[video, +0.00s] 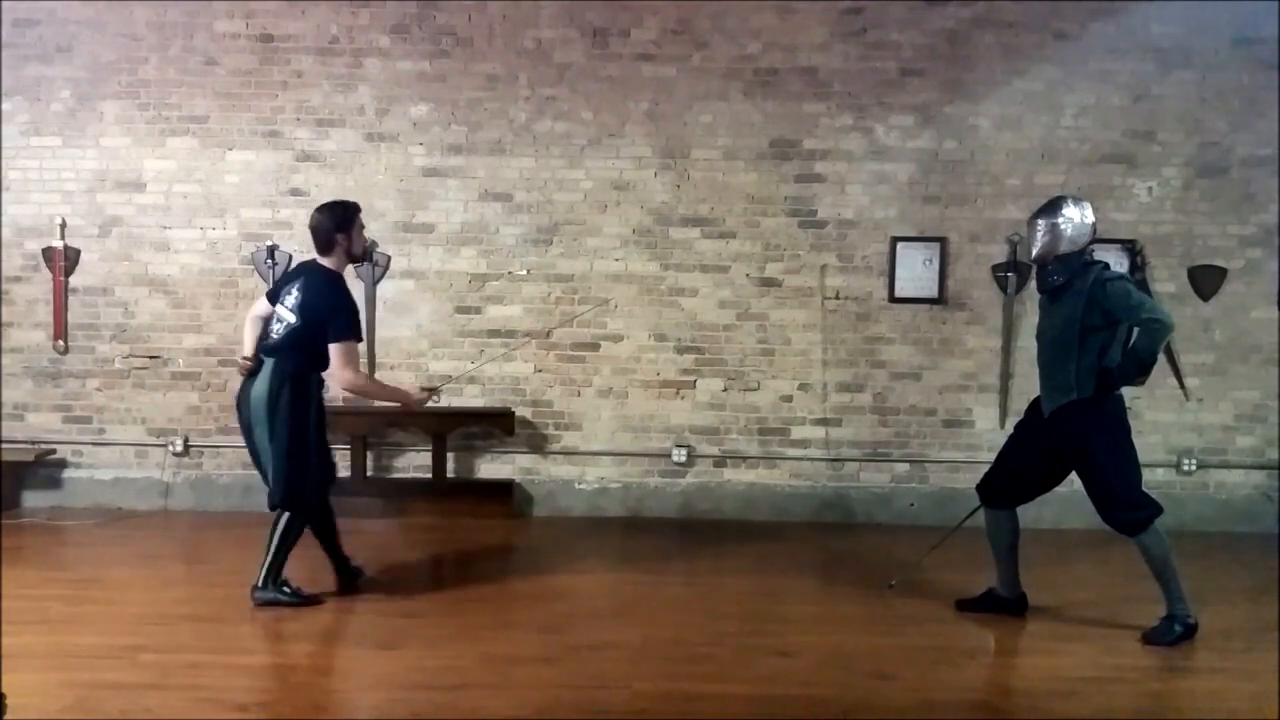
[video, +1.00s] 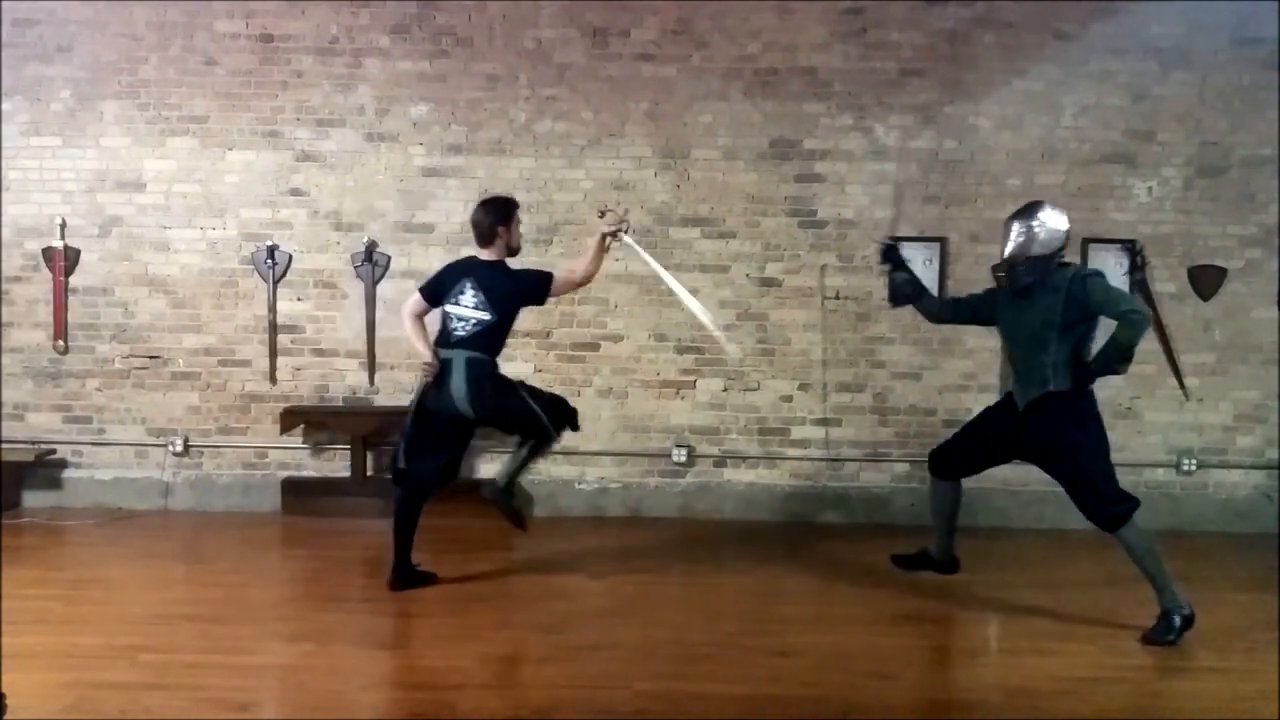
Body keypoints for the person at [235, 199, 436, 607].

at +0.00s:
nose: (365, 237)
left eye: (362, 229)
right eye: (360, 231)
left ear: (322, 239)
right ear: (342, 238)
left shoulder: (297, 275)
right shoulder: (337, 295)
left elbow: (256, 313)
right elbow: (347, 377)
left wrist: (248, 355)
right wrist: (403, 395)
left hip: (260, 389)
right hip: (287, 394)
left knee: (312, 483)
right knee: (302, 488)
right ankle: (268, 581)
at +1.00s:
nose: (521, 231)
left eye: (518, 224)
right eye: (517, 225)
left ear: (482, 233)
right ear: (502, 232)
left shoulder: (455, 270)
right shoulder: (514, 282)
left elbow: (411, 311)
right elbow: (580, 276)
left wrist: (426, 354)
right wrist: (602, 237)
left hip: (439, 390)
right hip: (479, 387)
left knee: (415, 476)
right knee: (554, 415)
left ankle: (401, 568)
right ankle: (504, 485)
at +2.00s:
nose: (577, 261)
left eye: (575, 253)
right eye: (572, 254)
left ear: (542, 261)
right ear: (553, 259)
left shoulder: (517, 305)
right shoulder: (563, 303)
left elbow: (476, 353)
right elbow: (616, 343)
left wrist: (495, 386)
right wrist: (674, 367)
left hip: (504, 413)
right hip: (541, 413)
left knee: (484, 496)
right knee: (602, 492)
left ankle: (434, 567)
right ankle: (644, 574)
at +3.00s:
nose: (376, 236)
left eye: (374, 228)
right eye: (371, 230)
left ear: (336, 238)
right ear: (350, 237)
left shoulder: (305, 274)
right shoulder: (350, 294)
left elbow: (256, 314)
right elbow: (411, 344)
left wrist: (262, 358)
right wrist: (465, 370)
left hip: (270, 389)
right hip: (299, 398)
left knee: (291, 483)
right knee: (319, 496)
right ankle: (277, 584)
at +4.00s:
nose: (276, 244)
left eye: (275, 237)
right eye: (270, 237)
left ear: (246, 244)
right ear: (244, 243)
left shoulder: (253, 293)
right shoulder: (229, 298)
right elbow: (260, 364)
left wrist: (194, 375)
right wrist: (297, 412)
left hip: (207, 407)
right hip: (214, 411)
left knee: (155, 486)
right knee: (271, 485)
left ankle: (99, 562)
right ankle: (276, 584)